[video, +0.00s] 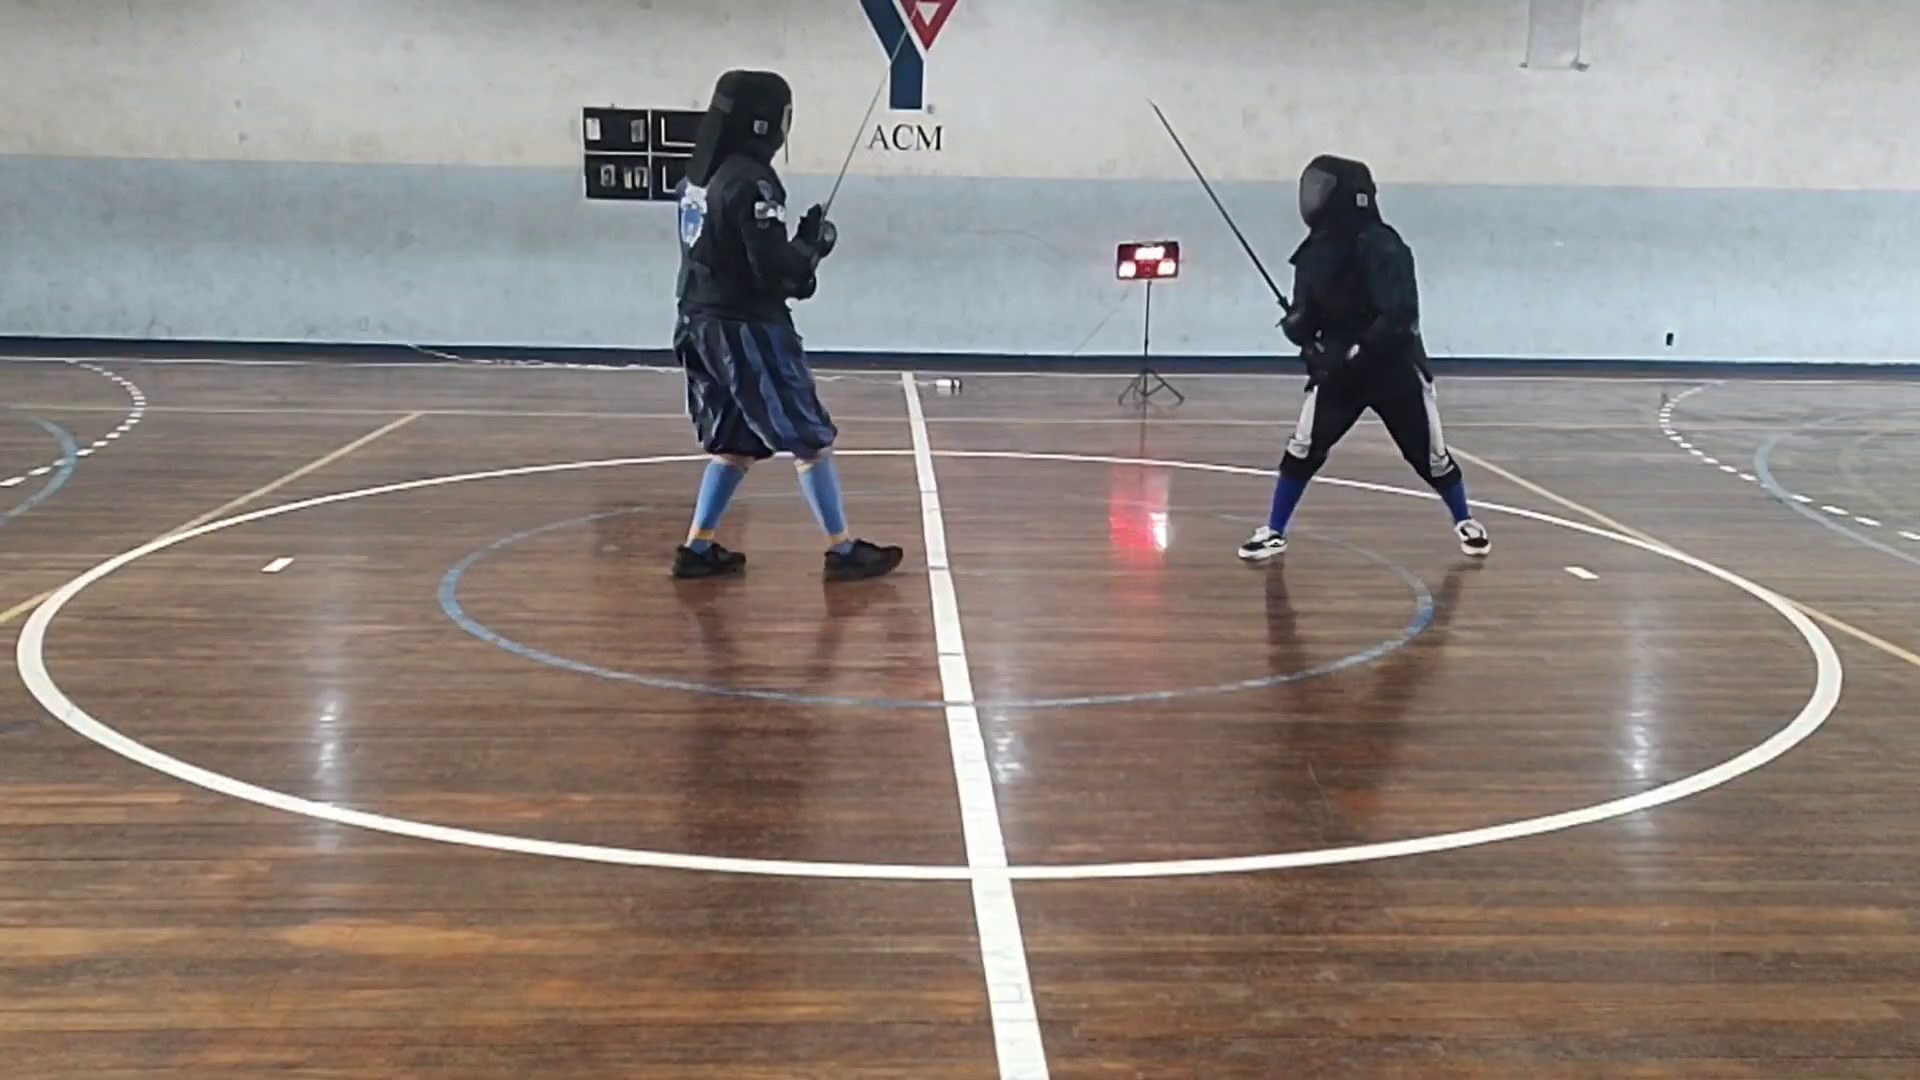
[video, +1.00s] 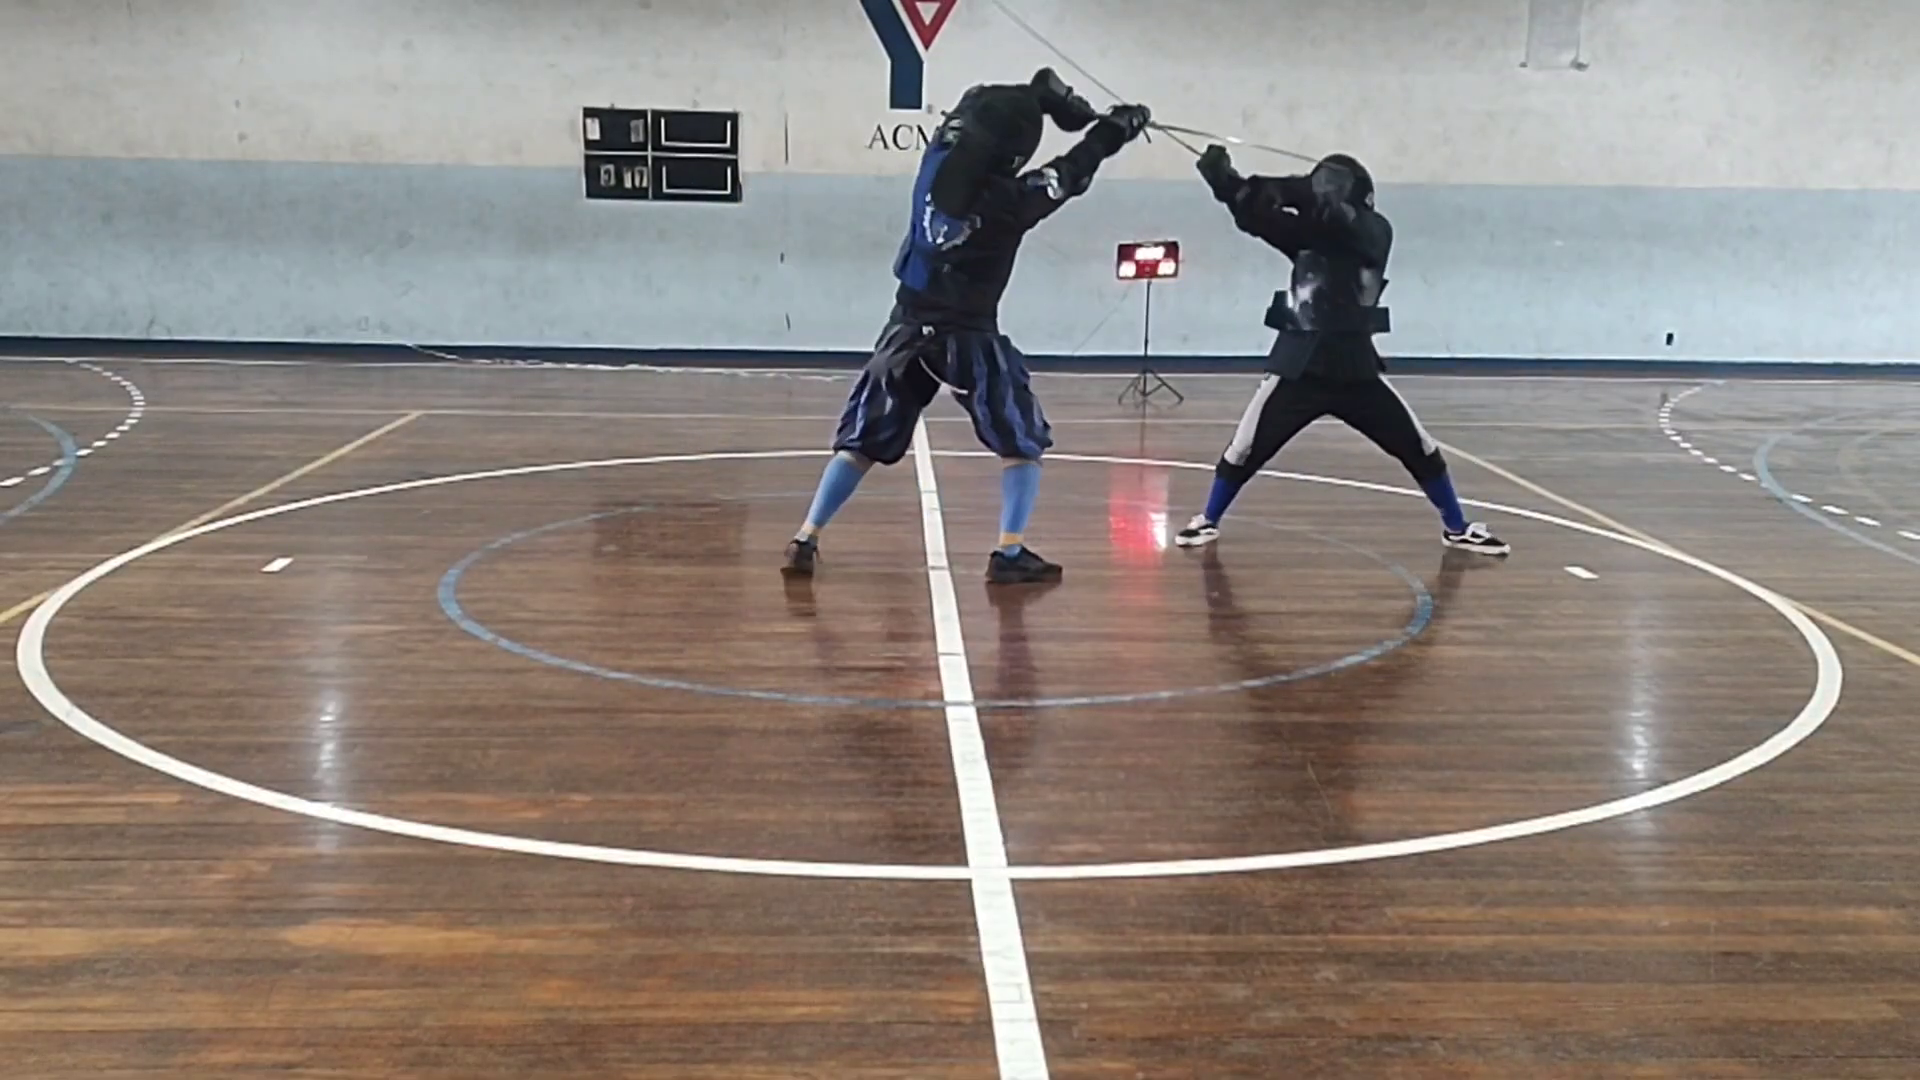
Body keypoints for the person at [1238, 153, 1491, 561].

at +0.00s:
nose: (1307, 196)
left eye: (1317, 187)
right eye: (1307, 187)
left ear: (1345, 193)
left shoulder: (1382, 245)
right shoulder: (1312, 252)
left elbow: (1400, 317)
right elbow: (1304, 314)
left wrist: (1353, 351)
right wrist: (1297, 325)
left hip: (1393, 368)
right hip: (1338, 368)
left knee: (1430, 456)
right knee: (1302, 450)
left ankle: (1464, 521)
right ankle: (1274, 530)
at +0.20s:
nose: (1346, 197)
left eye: (1357, 188)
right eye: (1348, 188)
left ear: (1386, 196)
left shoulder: (1420, 249)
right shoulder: (1356, 249)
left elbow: (1446, 313)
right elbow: (1355, 306)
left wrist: (1406, 359)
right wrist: (1345, 329)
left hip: (1429, 368)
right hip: (1375, 364)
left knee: (1451, 458)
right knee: (1329, 446)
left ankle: (1473, 526)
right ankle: (1279, 527)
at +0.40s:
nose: (1365, 190)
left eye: (1376, 181)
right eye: (1365, 180)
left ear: (1402, 188)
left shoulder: (1434, 242)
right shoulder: (1371, 243)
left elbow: (1459, 307)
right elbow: (1367, 299)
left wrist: (1413, 349)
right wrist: (1353, 317)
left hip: (1438, 365)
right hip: (1385, 361)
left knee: (1452, 456)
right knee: (1330, 438)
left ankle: (1473, 525)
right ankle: (1294, 524)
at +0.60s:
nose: (1369, 205)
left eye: (1380, 198)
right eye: (1370, 196)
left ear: (1406, 206)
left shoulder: (1438, 262)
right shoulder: (1367, 257)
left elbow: (1455, 326)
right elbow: (1356, 317)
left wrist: (1404, 357)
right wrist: (1342, 322)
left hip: (1423, 382)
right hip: (1365, 376)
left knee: (1453, 465)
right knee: (1298, 427)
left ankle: (1473, 526)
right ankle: (1281, 519)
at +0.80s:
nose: (1343, 207)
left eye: (1353, 199)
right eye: (1342, 198)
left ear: (1378, 204)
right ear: (1342, 205)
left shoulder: (1402, 250)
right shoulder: (1329, 249)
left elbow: (1376, 295)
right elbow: (1275, 279)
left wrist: (1324, 275)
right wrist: (1244, 259)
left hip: (1385, 378)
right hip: (1323, 377)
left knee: (1444, 456)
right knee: (1260, 446)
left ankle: (1472, 527)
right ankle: (1210, 519)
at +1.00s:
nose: (1322, 194)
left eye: (1330, 185)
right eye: (1318, 186)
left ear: (1351, 191)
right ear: (1312, 189)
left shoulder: (1375, 231)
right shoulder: (1304, 231)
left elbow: (1328, 212)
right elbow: (1256, 216)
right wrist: (1225, 181)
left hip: (1356, 373)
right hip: (1297, 372)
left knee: (1421, 451)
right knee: (1244, 450)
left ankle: (1459, 529)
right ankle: (1208, 521)